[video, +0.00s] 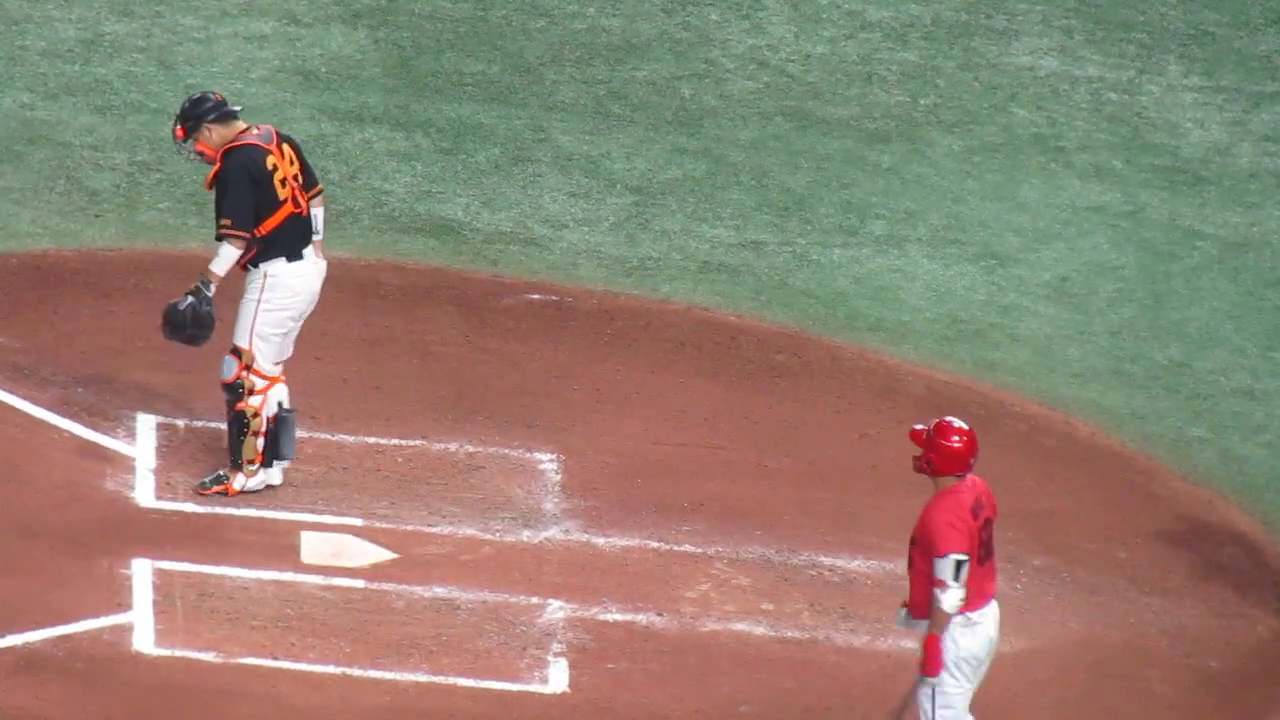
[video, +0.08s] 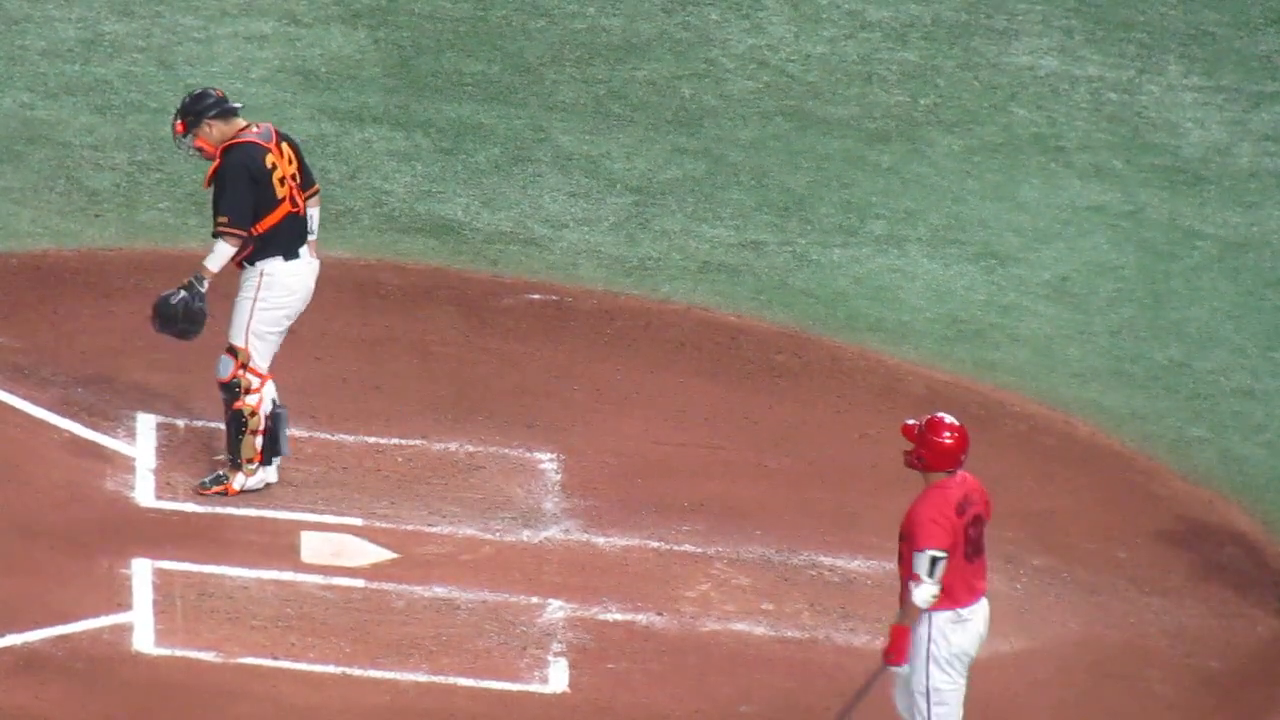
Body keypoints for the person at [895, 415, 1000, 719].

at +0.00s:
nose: (920, 452)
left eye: (925, 448)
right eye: (923, 446)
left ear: (936, 459)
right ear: (962, 457)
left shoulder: (945, 511)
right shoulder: (975, 487)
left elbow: (948, 591)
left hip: (957, 628)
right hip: (982, 615)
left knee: (940, 711)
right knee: (950, 707)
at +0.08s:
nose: (911, 448)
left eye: (916, 444)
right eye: (914, 442)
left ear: (927, 455)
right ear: (954, 454)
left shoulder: (931, 509)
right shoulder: (970, 485)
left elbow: (923, 586)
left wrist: (900, 632)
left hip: (940, 623)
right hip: (969, 612)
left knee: (934, 711)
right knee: (908, 698)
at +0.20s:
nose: (892, 440)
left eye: (897, 437)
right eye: (896, 436)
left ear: (906, 449)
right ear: (938, 449)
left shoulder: (906, 501)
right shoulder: (960, 484)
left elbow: (890, 580)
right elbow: (950, 546)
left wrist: (858, 616)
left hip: (923, 617)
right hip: (955, 608)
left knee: (927, 711)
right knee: (883, 691)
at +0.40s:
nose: (858, 432)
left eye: (863, 429)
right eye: (862, 427)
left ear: (870, 441)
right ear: (902, 444)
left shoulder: (864, 493)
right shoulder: (923, 482)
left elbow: (842, 567)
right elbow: (935, 547)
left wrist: (807, 608)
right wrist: (949, 595)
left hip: (876, 613)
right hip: (912, 605)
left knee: (890, 709)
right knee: (848, 702)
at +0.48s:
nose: (843, 421)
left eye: (848, 419)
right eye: (847, 416)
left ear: (855, 432)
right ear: (888, 435)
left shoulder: (848, 485)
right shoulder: (907, 475)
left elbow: (827, 558)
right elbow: (917, 543)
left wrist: (798, 604)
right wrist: (926, 594)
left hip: (858, 605)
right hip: (895, 598)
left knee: (847, 704)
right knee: (855, 697)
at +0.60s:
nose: (826, 412)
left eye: (829, 407)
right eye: (832, 406)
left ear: (832, 418)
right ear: (872, 420)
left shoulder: (828, 470)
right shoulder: (892, 468)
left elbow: (807, 544)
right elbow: (889, 536)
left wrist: (781, 591)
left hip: (829, 592)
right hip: (872, 589)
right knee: (833, 693)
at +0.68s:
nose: (824, 412)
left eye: (821, 407)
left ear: (817, 414)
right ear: (857, 414)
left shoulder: (813, 465)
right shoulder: (880, 462)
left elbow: (793, 540)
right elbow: (874, 526)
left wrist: (769, 584)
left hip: (814, 588)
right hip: (857, 583)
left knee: (754, 671)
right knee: (822, 687)